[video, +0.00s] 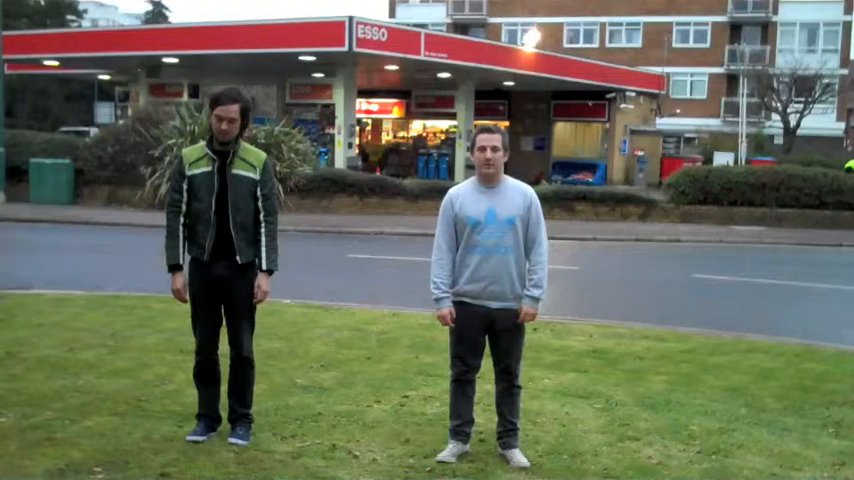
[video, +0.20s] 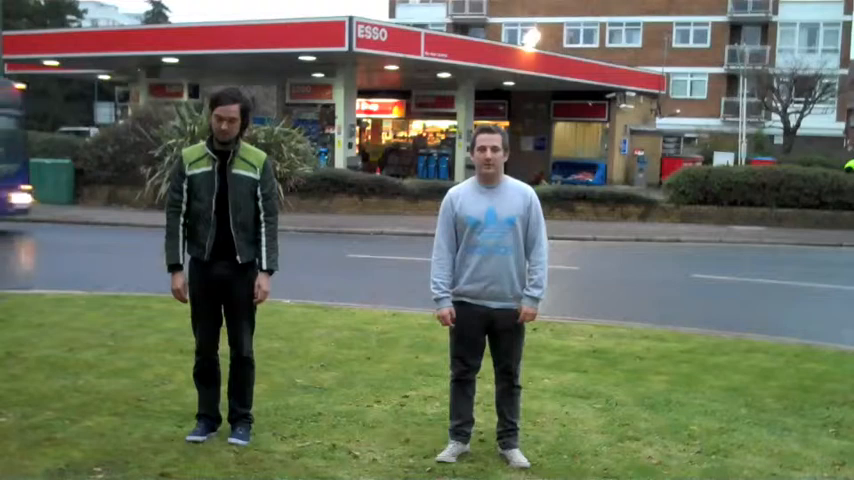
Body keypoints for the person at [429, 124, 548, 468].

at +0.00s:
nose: (487, 155)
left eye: (494, 150)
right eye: (481, 149)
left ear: (505, 155)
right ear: (472, 154)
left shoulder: (525, 196)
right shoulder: (456, 197)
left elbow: (538, 250)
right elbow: (442, 251)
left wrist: (533, 298)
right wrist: (442, 298)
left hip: (510, 305)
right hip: (466, 303)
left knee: (509, 379)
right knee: (462, 376)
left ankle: (510, 444)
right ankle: (458, 440)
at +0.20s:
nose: (487, 155)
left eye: (494, 150)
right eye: (481, 149)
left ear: (505, 155)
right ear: (472, 154)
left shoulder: (525, 196)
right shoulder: (456, 197)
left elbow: (538, 250)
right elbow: (442, 251)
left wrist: (532, 297)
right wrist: (442, 298)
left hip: (510, 305)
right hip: (466, 303)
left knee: (509, 379)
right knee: (462, 376)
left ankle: (510, 444)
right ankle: (458, 440)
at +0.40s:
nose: (487, 155)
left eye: (494, 150)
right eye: (481, 149)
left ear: (505, 155)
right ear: (472, 154)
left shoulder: (525, 196)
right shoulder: (456, 197)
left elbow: (538, 250)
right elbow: (442, 251)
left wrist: (533, 298)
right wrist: (442, 298)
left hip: (510, 305)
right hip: (466, 303)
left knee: (509, 379)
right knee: (462, 376)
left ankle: (510, 444)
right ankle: (458, 440)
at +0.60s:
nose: (487, 155)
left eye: (494, 150)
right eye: (481, 149)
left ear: (505, 155)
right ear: (472, 154)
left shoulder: (525, 196)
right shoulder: (456, 197)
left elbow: (538, 250)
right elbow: (442, 251)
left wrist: (533, 298)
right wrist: (442, 298)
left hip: (510, 305)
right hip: (466, 303)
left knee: (509, 379)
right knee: (462, 376)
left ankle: (510, 444)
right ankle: (458, 440)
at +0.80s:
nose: (488, 155)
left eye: (494, 149)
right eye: (482, 149)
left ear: (505, 155)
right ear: (472, 154)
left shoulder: (525, 196)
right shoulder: (456, 197)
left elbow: (538, 250)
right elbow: (443, 251)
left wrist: (532, 297)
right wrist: (442, 298)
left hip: (510, 305)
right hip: (466, 303)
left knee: (509, 379)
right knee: (462, 376)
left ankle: (509, 444)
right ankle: (458, 440)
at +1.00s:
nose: (488, 155)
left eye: (494, 149)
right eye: (482, 149)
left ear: (505, 155)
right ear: (472, 154)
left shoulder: (525, 196)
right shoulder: (456, 197)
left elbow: (538, 250)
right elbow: (443, 251)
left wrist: (532, 297)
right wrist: (442, 298)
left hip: (510, 305)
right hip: (466, 303)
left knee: (509, 379)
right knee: (462, 376)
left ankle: (509, 444)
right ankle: (458, 440)